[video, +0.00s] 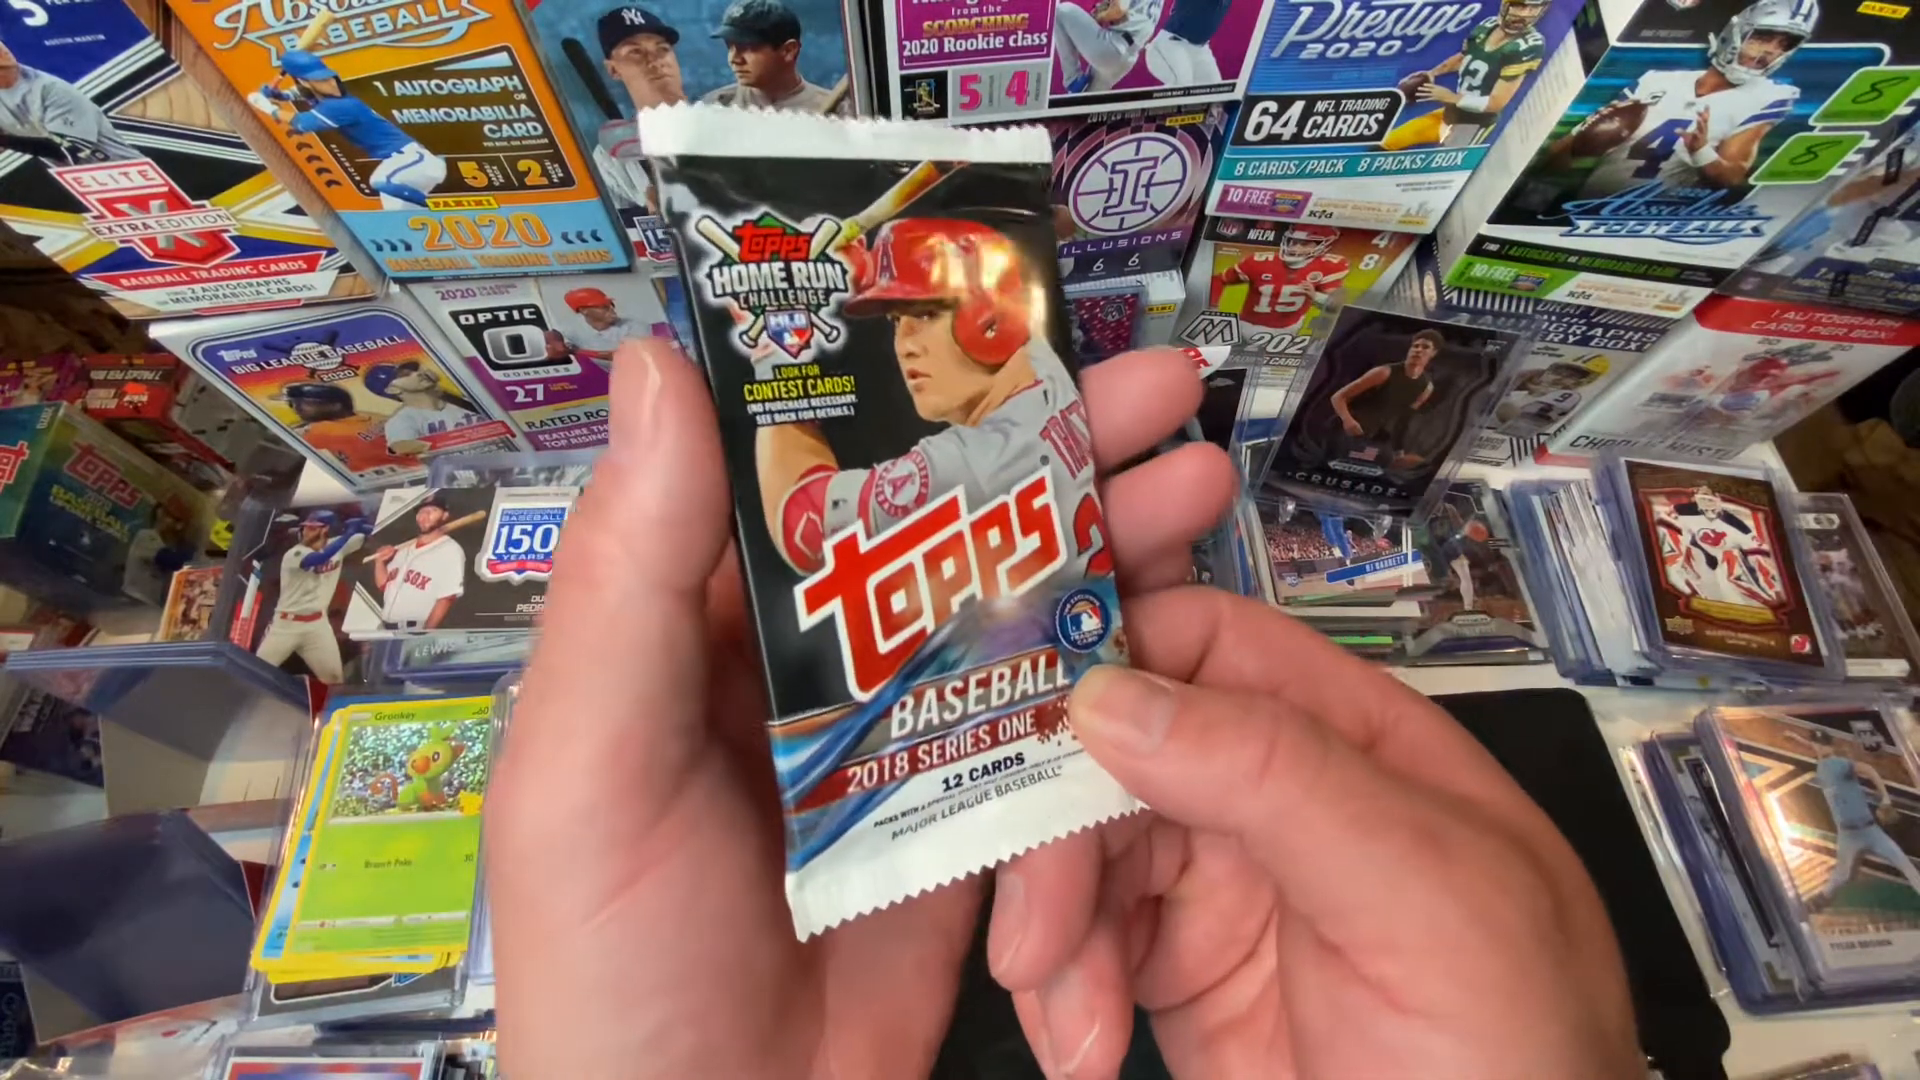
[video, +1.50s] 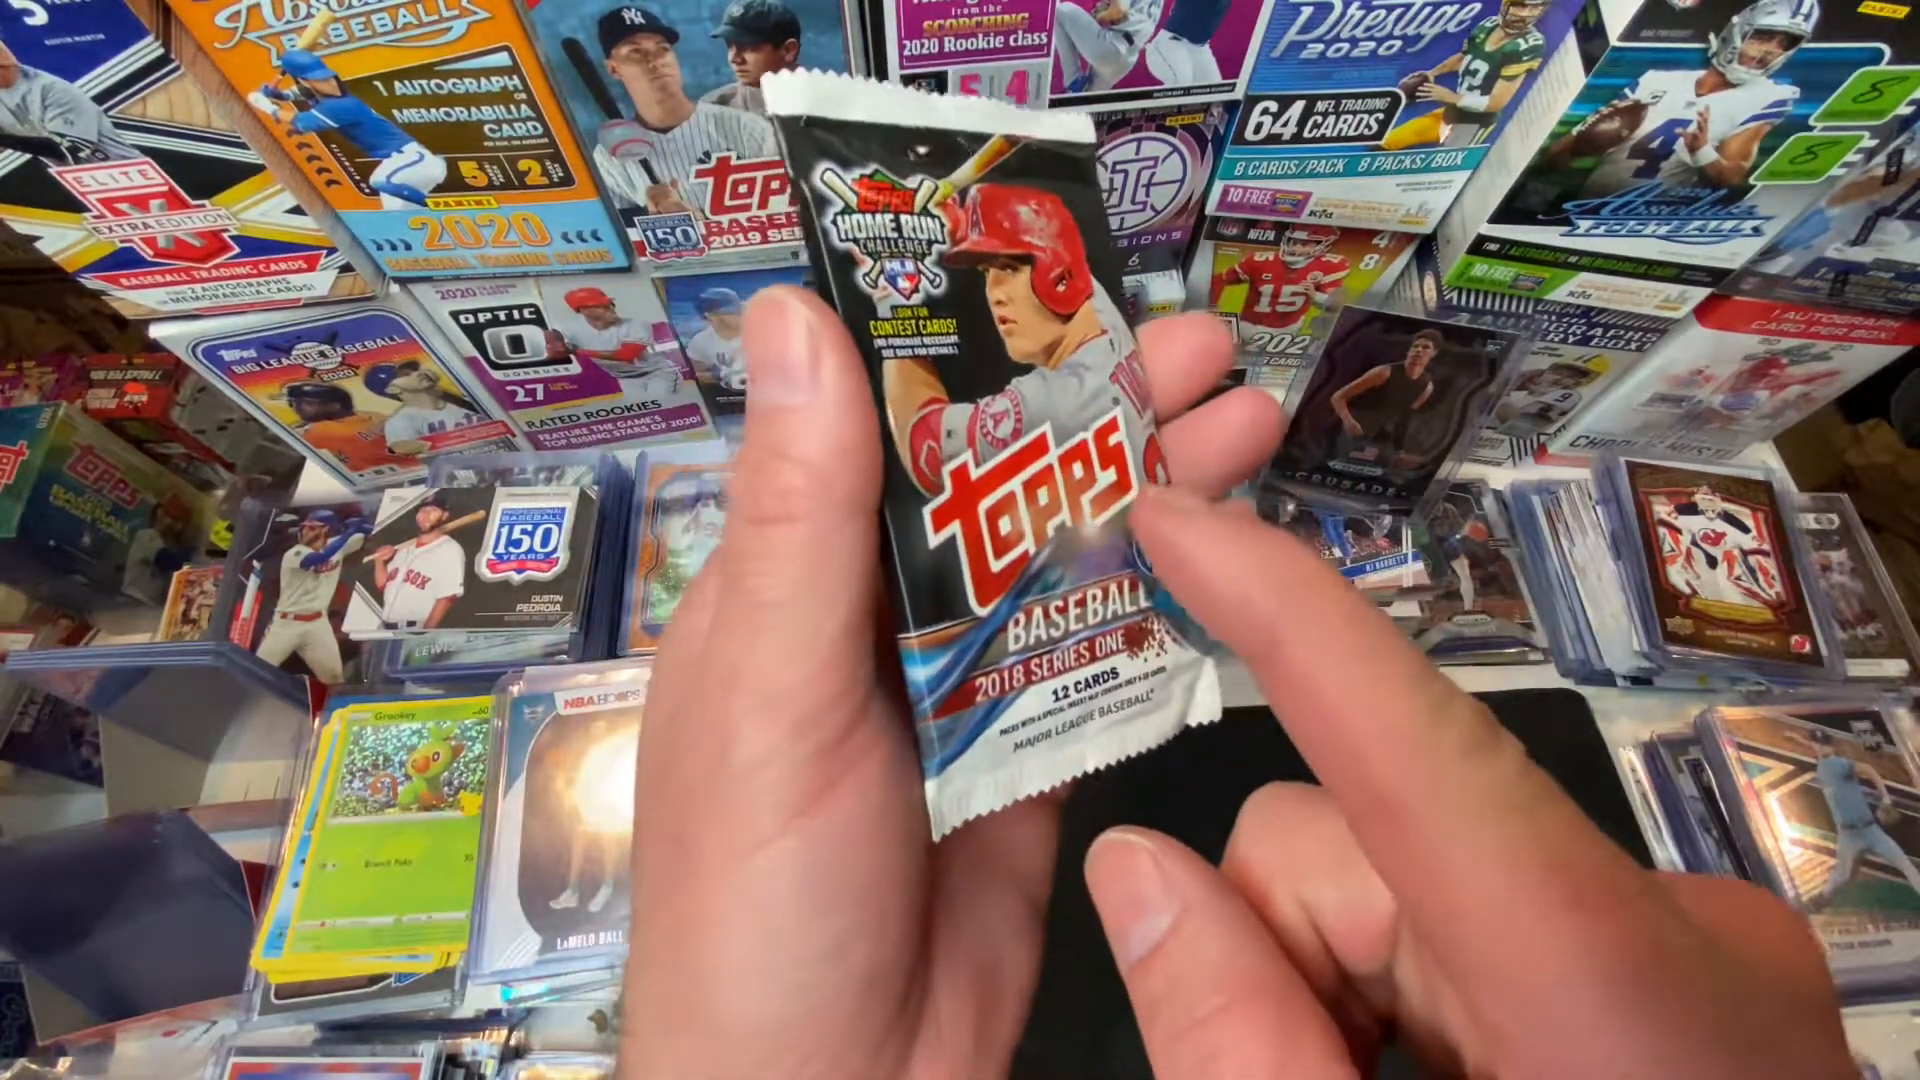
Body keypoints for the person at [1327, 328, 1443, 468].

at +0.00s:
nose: (1418, 350)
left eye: (1425, 347)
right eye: (1415, 346)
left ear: (1433, 354)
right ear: (1409, 349)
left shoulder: (1426, 389)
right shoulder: (1384, 373)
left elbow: (1404, 419)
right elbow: (1338, 397)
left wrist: (1399, 452)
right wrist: (1347, 420)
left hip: (1382, 442)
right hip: (1354, 435)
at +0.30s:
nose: (1418, 350)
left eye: (1425, 347)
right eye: (1415, 346)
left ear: (1433, 354)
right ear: (1409, 349)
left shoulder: (1426, 389)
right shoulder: (1384, 373)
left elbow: (1404, 418)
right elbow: (1338, 397)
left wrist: (1399, 452)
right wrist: (1347, 420)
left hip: (1382, 443)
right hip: (1354, 436)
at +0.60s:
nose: (1418, 350)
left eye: (1425, 347)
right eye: (1416, 346)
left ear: (1434, 354)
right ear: (1410, 349)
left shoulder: (1426, 389)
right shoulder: (1384, 373)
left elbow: (1405, 417)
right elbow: (1338, 397)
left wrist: (1399, 451)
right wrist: (1347, 420)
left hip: (1383, 439)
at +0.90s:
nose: (1418, 350)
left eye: (1425, 347)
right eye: (1415, 346)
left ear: (1434, 354)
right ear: (1409, 349)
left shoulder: (1426, 389)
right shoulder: (1384, 373)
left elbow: (1405, 417)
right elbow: (1338, 397)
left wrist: (1399, 451)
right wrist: (1347, 420)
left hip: (1384, 440)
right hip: (1357, 434)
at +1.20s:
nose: (1418, 350)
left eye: (1425, 347)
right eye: (1416, 346)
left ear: (1433, 354)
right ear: (1409, 350)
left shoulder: (1426, 388)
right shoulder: (1384, 373)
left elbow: (1404, 416)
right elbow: (1338, 397)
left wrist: (1399, 451)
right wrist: (1348, 420)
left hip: (1384, 440)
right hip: (1357, 434)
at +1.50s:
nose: (1418, 350)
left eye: (1425, 347)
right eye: (1415, 346)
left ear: (1433, 355)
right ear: (1409, 350)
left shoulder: (1426, 389)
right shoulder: (1384, 373)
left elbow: (1404, 416)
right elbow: (1338, 397)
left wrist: (1399, 451)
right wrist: (1348, 421)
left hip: (1384, 442)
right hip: (1357, 435)